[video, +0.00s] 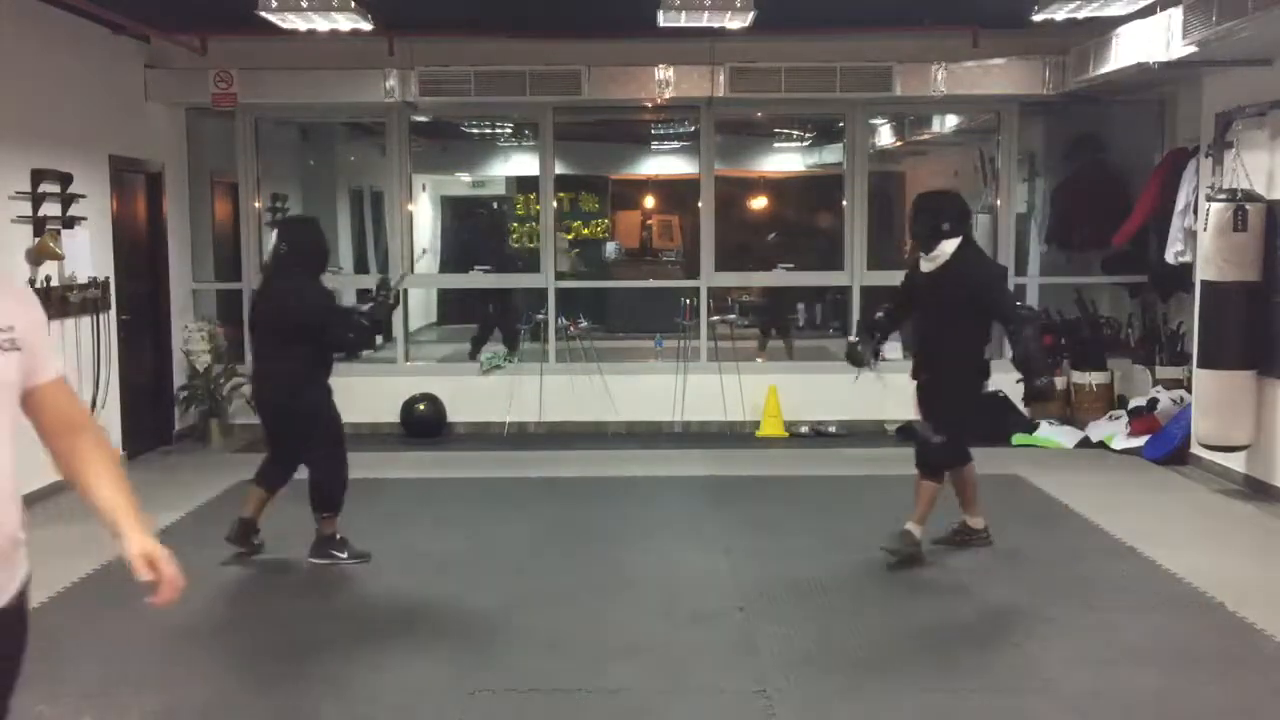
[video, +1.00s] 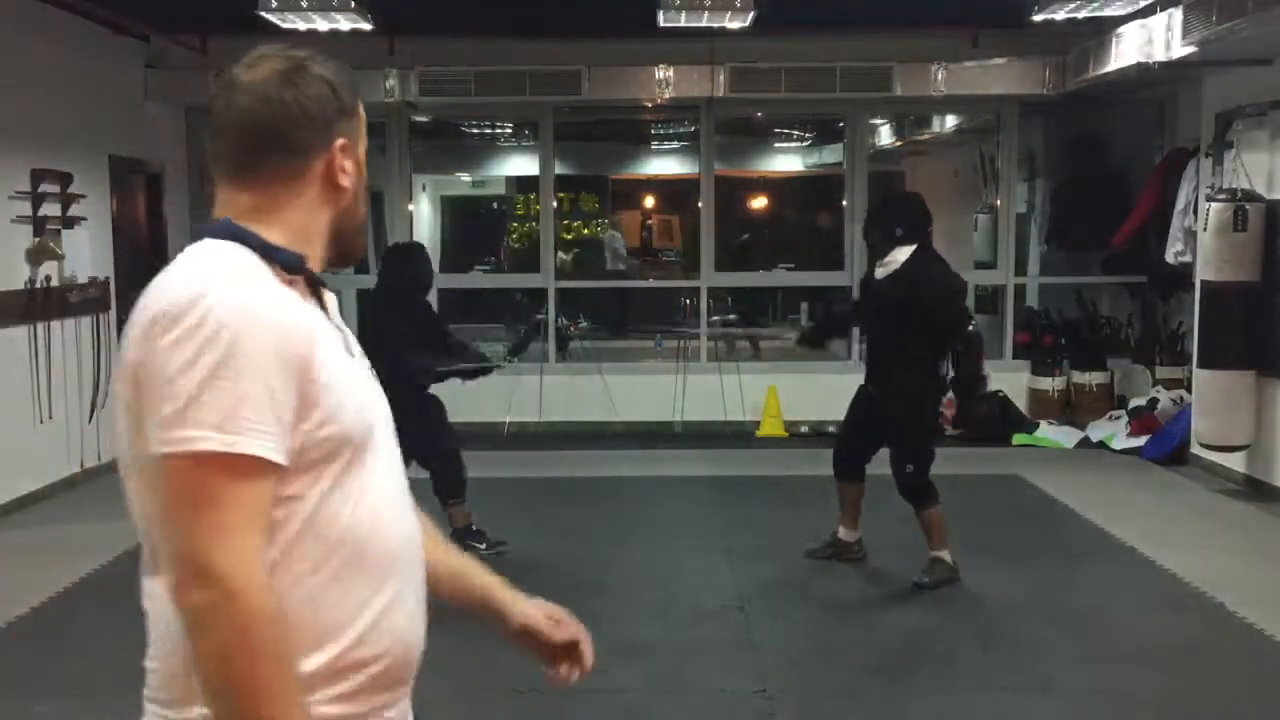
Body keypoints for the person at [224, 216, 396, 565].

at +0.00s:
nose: (325, 253)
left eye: (322, 246)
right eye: (322, 246)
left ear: (283, 249)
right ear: (316, 250)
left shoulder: (267, 288)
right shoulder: (311, 293)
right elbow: (341, 335)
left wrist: (352, 314)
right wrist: (373, 321)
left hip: (268, 389)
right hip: (305, 391)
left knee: (285, 453)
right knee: (329, 458)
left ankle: (245, 523)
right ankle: (327, 539)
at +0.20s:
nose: (357, 258)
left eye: (356, 253)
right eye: (353, 252)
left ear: (316, 250)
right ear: (341, 256)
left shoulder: (298, 280)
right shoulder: (341, 296)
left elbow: (350, 263)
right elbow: (376, 332)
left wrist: (388, 266)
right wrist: (401, 289)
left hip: (294, 391)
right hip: (332, 393)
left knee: (314, 453)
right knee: (372, 453)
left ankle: (287, 530)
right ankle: (342, 525)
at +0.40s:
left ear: (354, 261)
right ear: (380, 268)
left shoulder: (339, 285)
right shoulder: (378, 293)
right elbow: (421, 292)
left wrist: (381, 247)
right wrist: (408, 249)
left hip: (331, 395)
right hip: (366, 397)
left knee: (333, 463)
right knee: (410, 460)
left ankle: (291, 530)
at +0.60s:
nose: (430, 275)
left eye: (430, 270)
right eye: (426, 270)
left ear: (388, 267)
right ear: (414, 271)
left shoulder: (370, 298)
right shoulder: (417, 301)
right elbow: (466, 311)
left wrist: (422, 396)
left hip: (374, 405)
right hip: (406, 407)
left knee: (375, 463)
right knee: (459, 454)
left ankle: (312, 507)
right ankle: (466, 533)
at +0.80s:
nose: (438, 283)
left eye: (437, 277)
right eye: (434, 276)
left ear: (401, 277)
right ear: (423, 278)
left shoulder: (388, 316)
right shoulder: (426, 312)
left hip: (386, 407)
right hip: (411, 407)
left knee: (406, 456)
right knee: (464, 453)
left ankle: (352, 504)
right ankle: (466, 532)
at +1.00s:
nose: (430, 276)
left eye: (428, 269)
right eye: (425, 269)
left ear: (389, 271)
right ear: (413, 272)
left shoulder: (374, 302)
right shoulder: (409, 306)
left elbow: (438, 338)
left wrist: (469, 357)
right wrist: (462, 362)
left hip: (380, 395)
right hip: (410, 398)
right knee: (445, 456)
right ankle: (463, 529)